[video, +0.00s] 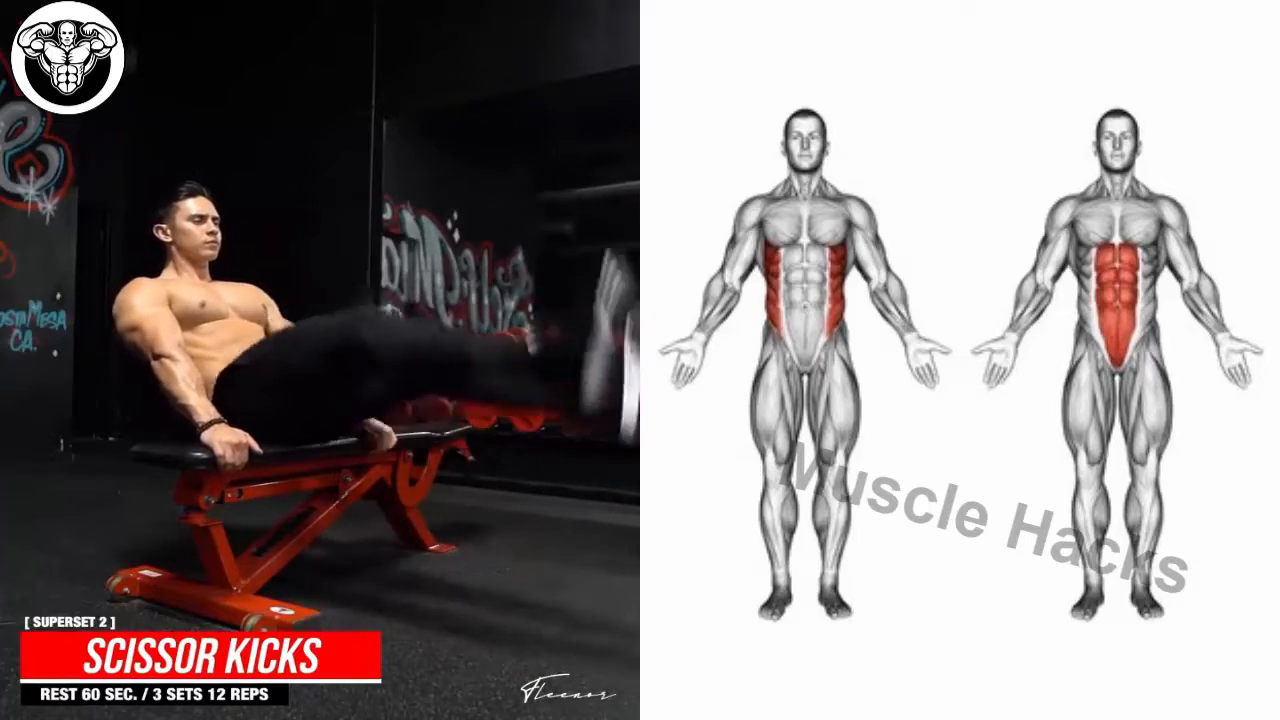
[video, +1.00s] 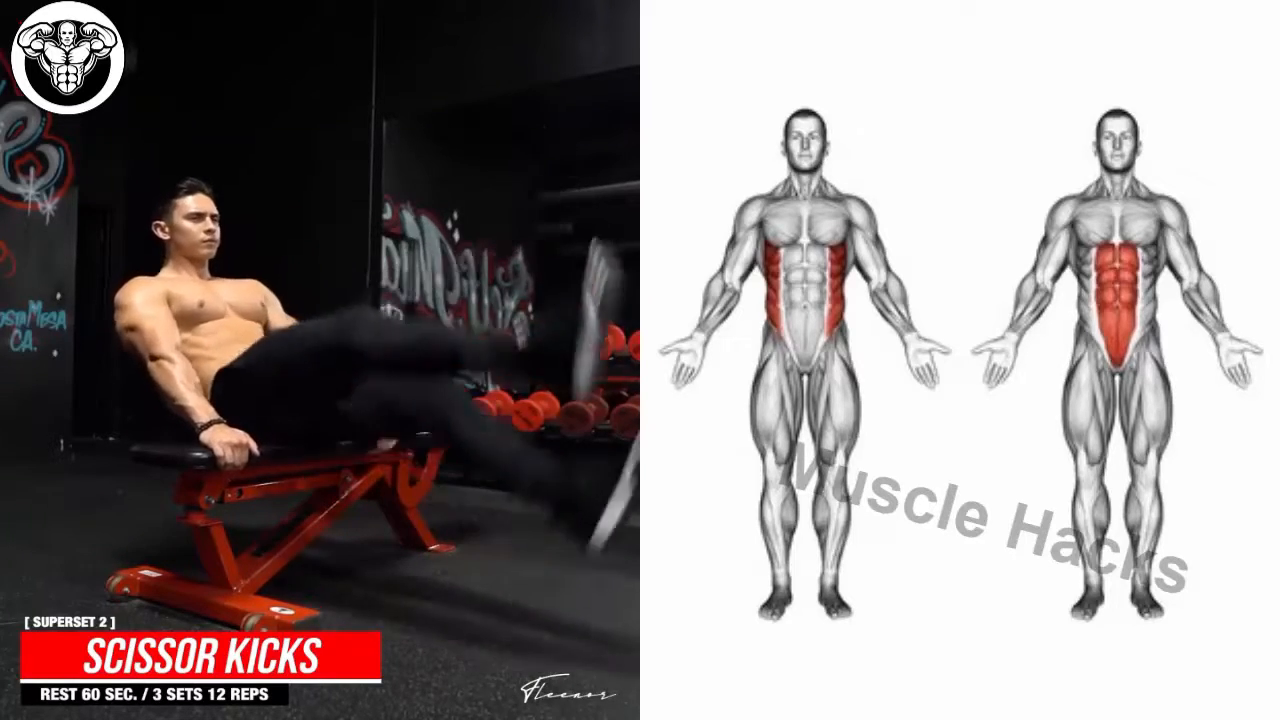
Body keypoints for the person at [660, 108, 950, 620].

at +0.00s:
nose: (805, 145)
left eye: (812, 138)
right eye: (797, 138)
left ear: (825, 145)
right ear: (785, 146)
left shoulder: (851, 211)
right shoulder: (758, 211)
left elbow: (881, 281)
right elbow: (729, 281)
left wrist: (909, 336)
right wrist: (700, 336)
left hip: (832, 355)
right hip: (777, 355)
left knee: (834, 467)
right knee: (777, 469)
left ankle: (829, 584)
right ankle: (780, 585)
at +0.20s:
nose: (805, 145)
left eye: (812, 138)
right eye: (797, 138)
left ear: (825, 145)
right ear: (785, 145)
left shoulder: (851, 211)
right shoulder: (758, 211)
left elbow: (881, 281)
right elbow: (729, 281)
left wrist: (909, 336)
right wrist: (700, 336)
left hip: (832, 355)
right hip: (777, 355)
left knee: (834, 467)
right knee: (776, 469)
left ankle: (830, 584)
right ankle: (780, 585)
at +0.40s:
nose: (805, 145)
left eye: (812, 138)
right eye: (797, 138)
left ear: (825, 145)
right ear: (785, 145)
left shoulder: (851, 211)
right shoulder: (758, 211)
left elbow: (881, 281)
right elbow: (729, 281)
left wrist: (909, 336)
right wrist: (700, 336)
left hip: (832, 356)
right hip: (777, 355)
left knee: (834, 467)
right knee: (776, 469)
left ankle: (830, 584)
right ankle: (780, 585)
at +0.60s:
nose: (805, 145)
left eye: (812, 138)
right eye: (797, 138)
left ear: (825, 145)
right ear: (785, 145)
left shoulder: (851, 211)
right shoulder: (758, 211)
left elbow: (881, 281)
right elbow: (729, 281)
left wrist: (910, 336)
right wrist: (700, 336)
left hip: (832, 356)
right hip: (777, 355)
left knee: (834, 467)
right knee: (777, 468)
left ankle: (830, 584)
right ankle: (780, 585)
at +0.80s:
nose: (805, 145)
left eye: (812, 138)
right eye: (797, 138)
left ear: (825, 145)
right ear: (785, 145)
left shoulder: (851, 211)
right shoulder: (758, 211)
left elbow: (881, 281)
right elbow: (729, 281)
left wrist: (909, 336)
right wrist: (700, 336)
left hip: (832, 356)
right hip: (777, 356)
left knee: (834, 467)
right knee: (776, 469)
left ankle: (830, 584)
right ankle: (780, 585)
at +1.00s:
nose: (805, 145)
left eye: (812, 138)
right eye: (797, 138)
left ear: (825, 145)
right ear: (785, 146)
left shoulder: (851, 211)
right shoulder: (758, 211)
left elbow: (881, 281)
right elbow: (729, 281)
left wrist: (910, 336)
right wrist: (700, 336)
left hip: (832, 356)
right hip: (777, 355)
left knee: (834, 467)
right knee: (777, 469)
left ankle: (829, 584)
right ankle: (780, 585)